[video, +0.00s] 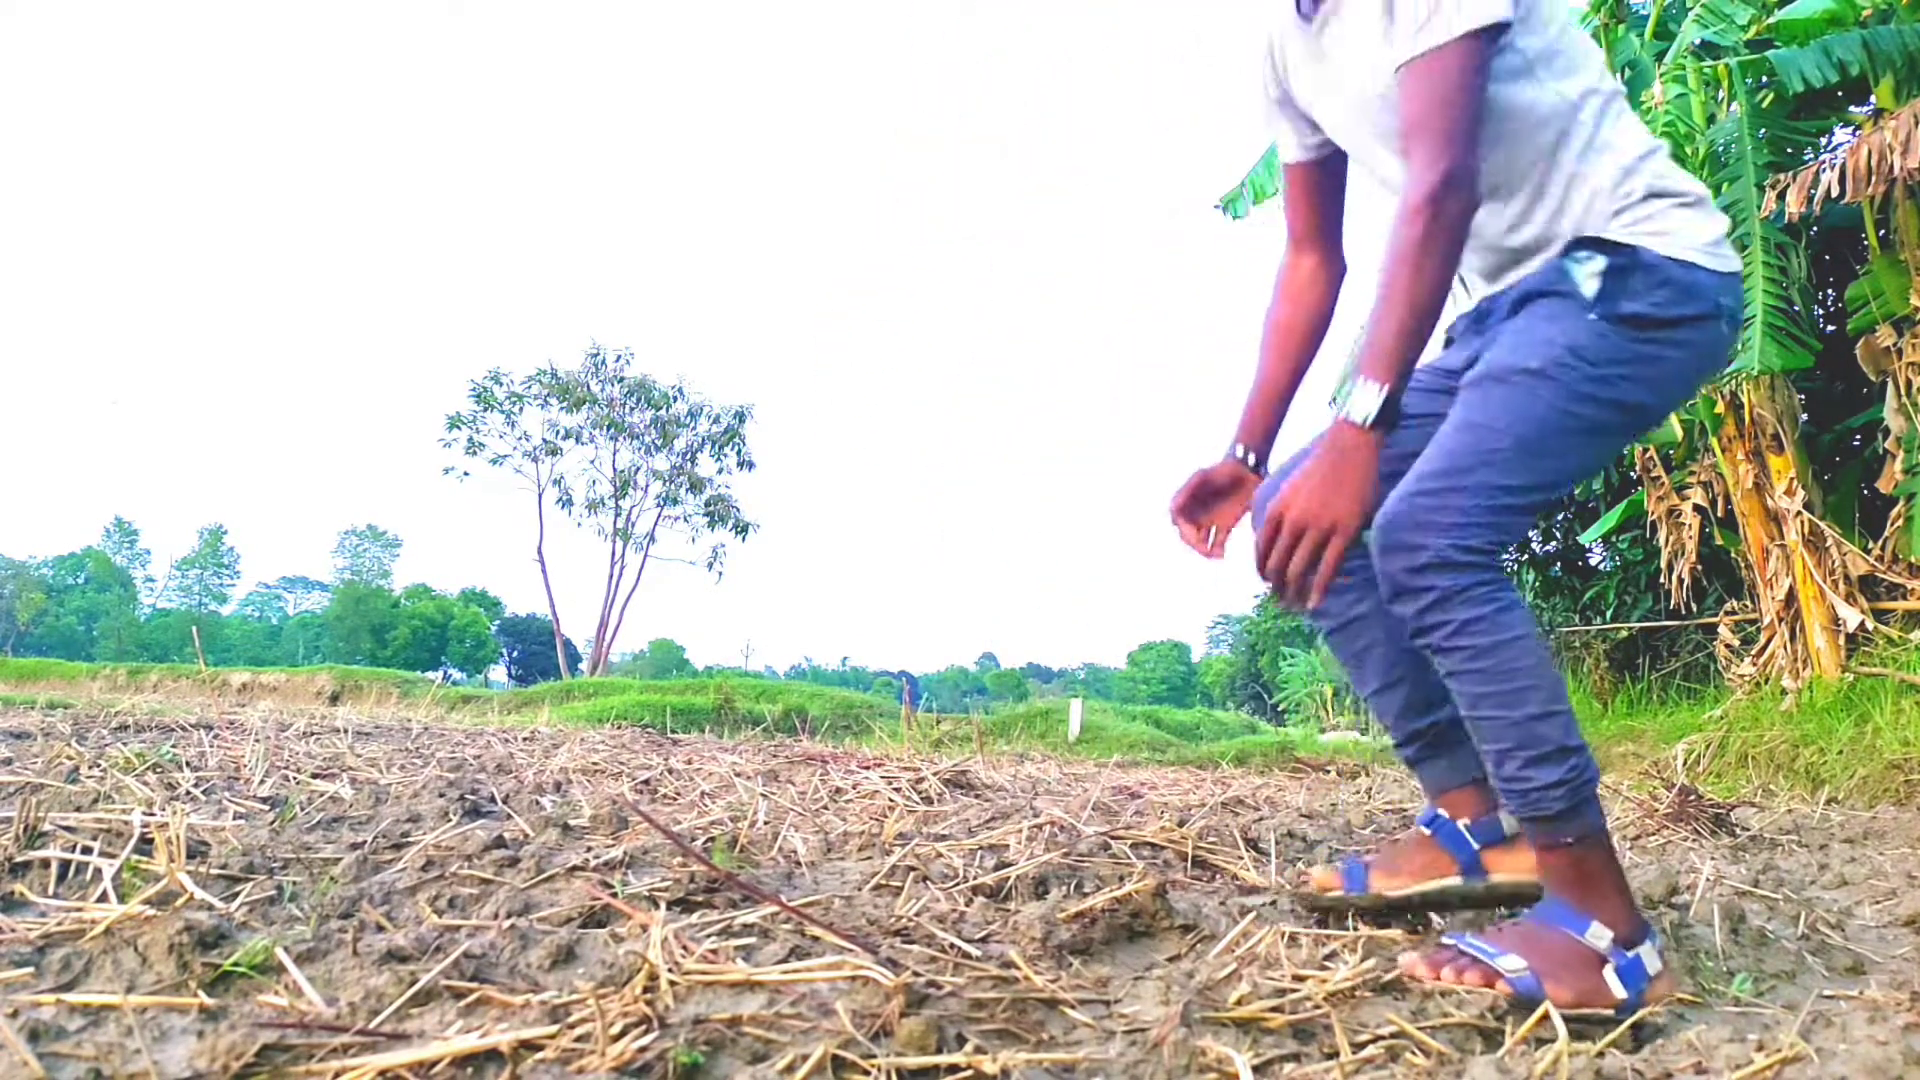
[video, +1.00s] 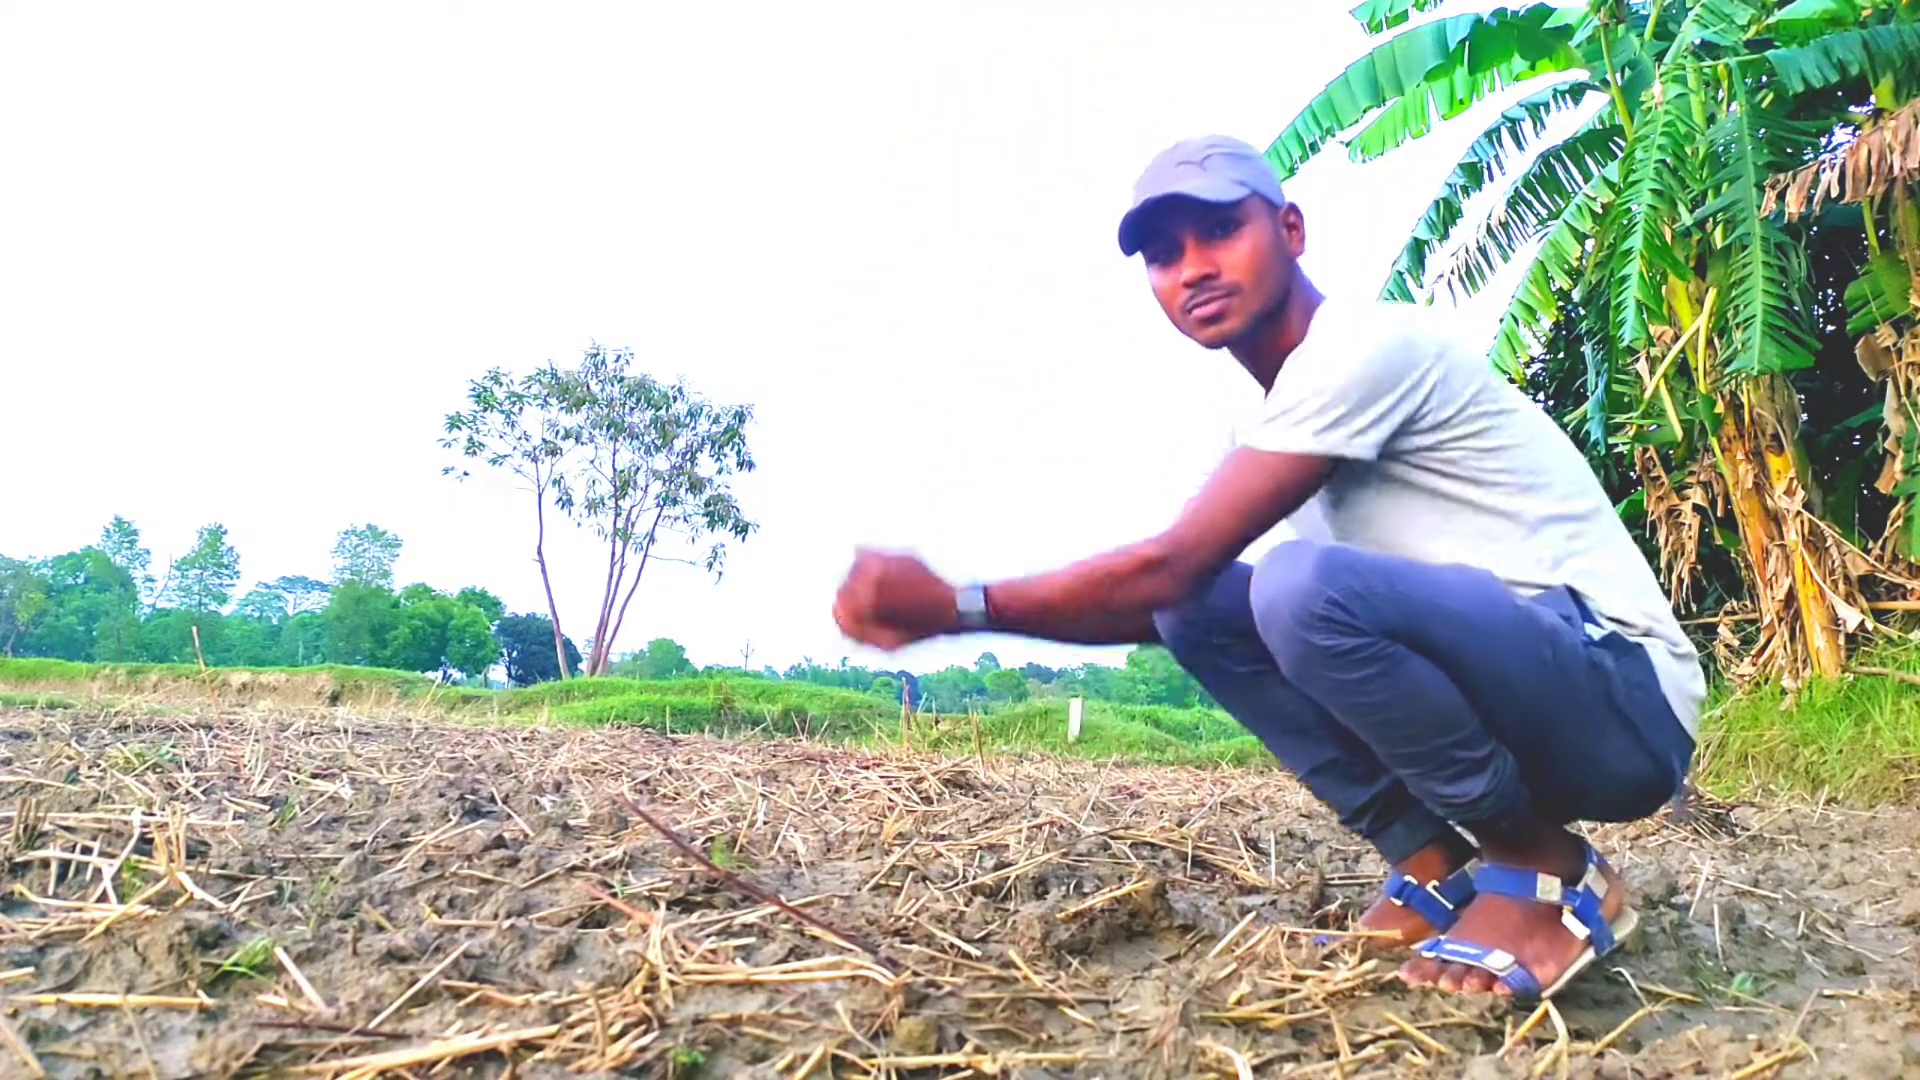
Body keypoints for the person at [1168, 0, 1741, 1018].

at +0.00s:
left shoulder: (1439, 4)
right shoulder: (1289, 37)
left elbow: (1441, 190)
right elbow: (1310, 251)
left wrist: (1357, 427)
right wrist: (1249, 450)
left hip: (1631, 268)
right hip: (1506, 303)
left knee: (1426, 541)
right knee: (1310, 531)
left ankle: (1599, 921)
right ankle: (1477, 825)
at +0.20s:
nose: (1186, 140)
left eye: (1190, 91)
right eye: (1153, 129)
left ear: (1257, 40)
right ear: (1147, 149)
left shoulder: (1408, 103)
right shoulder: (1267, 230)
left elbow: (1321, 392)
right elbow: (1231, 436)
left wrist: (1187, 614)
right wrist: (1142, 621)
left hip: (1714, 346)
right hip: (1583, 374)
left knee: (1438, 541)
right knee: (1332, 531)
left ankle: (1603, 924)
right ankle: (1471, 875)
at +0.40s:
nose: (1175, 334)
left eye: (1184, 286)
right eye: (1140, 321)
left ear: (1256, 247)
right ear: (1134, 342)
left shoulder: (1371, 342)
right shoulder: (1250, 416)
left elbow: (1221, 606)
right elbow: (1182, 603)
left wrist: (1039, 769)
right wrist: (1037, 763)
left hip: (1696, 618)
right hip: (1584, 638)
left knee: (1383, 558)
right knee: (1274, 579)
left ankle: (1569, 898)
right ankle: (1454, 873)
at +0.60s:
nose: (1177, 344)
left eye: (1198, 299)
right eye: (1145, 327)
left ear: (1275, 281)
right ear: (1133, 351)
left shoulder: (1361, 402)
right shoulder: (1251, 462)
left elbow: (1191, 652)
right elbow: (1180, 652)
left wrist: (1032, 814)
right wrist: (1031, 810)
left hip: (1650, 717)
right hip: (1548, 730)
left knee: (1333, 587)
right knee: (1241, 624)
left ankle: (1554, 885)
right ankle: (1450, 869)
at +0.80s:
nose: (1165, 306)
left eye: (1189, 263)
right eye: (1135, 290)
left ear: (1265, 256)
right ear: (1124, 319)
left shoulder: (1351, 376)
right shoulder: (1236, 445)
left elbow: (1180, 630)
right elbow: (1175, 646)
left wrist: (1008, 768)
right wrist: (1011, 770)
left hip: (1643, 683)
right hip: (1540, 702)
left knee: (1324, 580)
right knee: (1230, 609)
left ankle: (1549, 876)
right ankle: (1440, 865)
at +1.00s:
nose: (1189, 268)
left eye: (1218, 227)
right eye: (1160, 251)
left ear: (1292, 232)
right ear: (1150, 286)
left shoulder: (1377, 347)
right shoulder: (1273, 430)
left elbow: (1167, 569)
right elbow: (1159, 607)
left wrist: (960, 606)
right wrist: (976, 614)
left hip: (1620, 695)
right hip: (1509, 717)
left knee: (1306, 592)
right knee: (1197, 608)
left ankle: (1546, 878)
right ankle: (1443, 872)